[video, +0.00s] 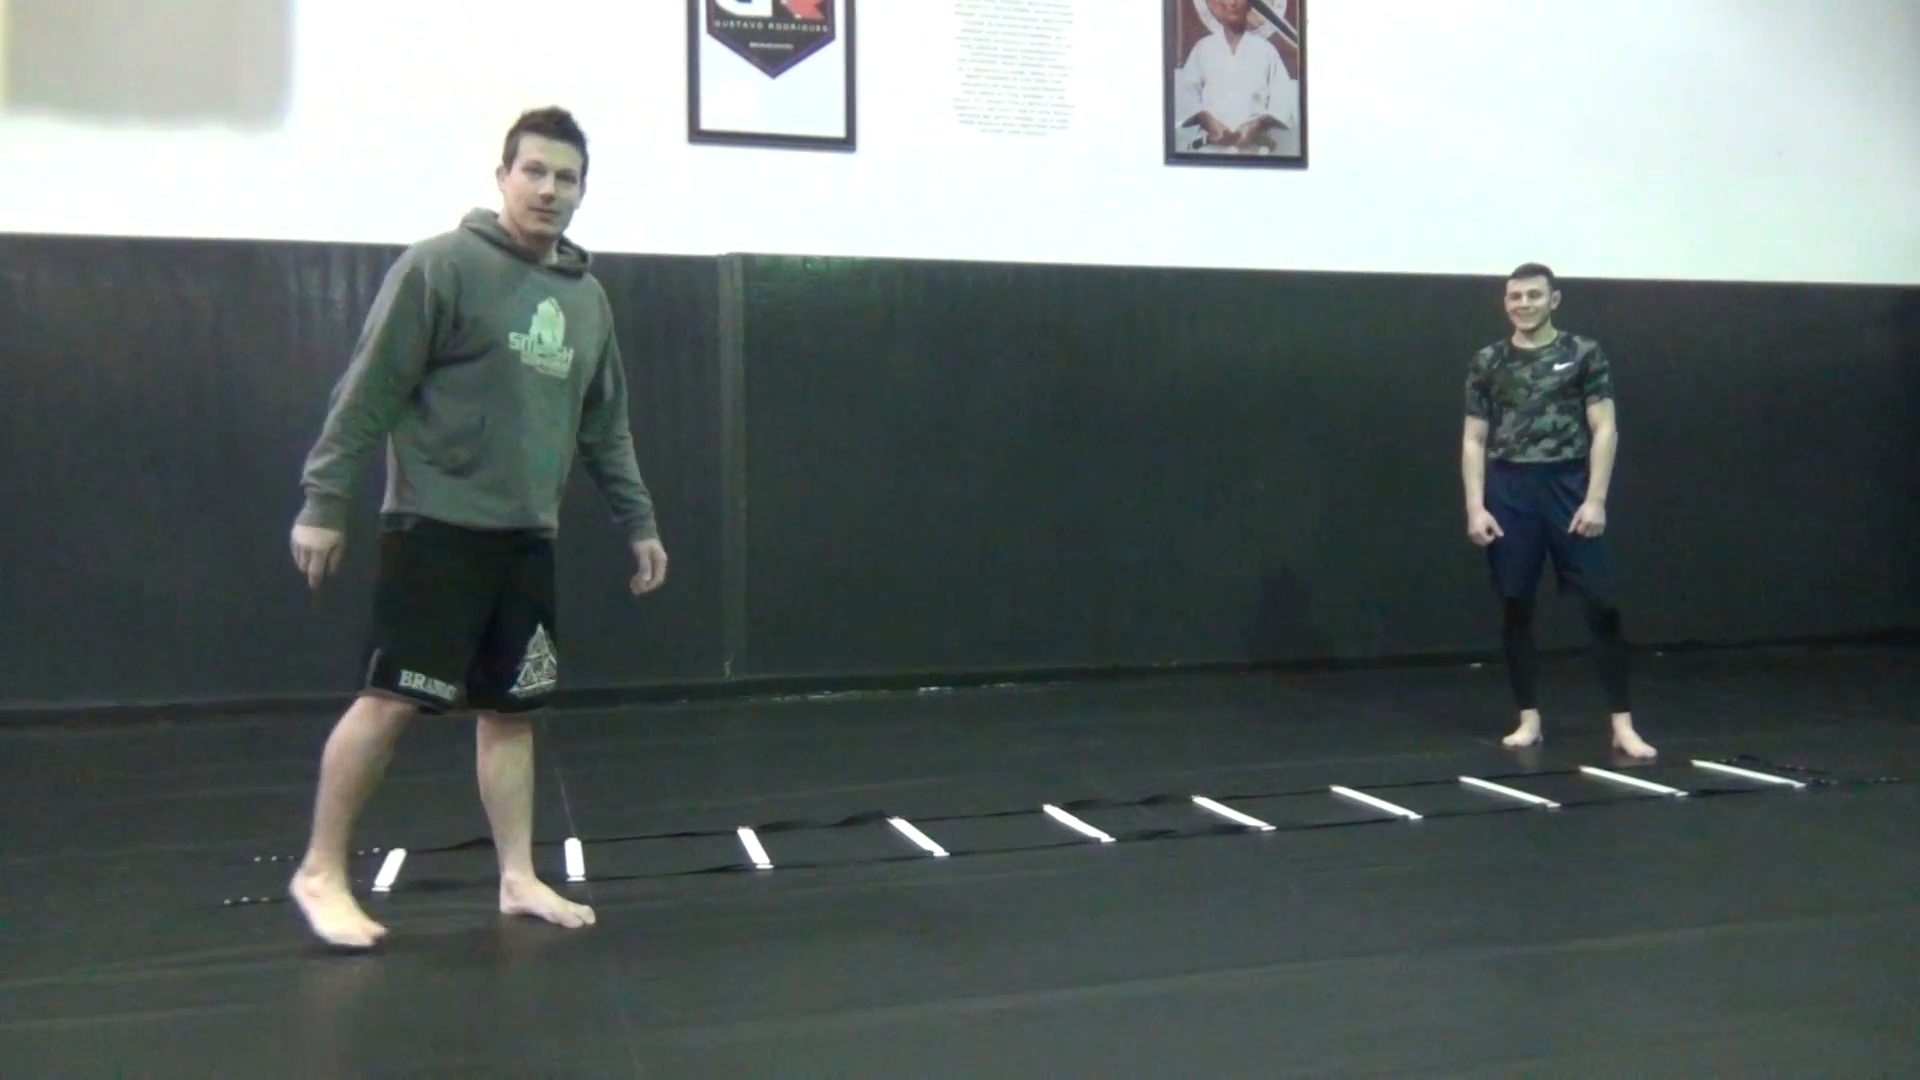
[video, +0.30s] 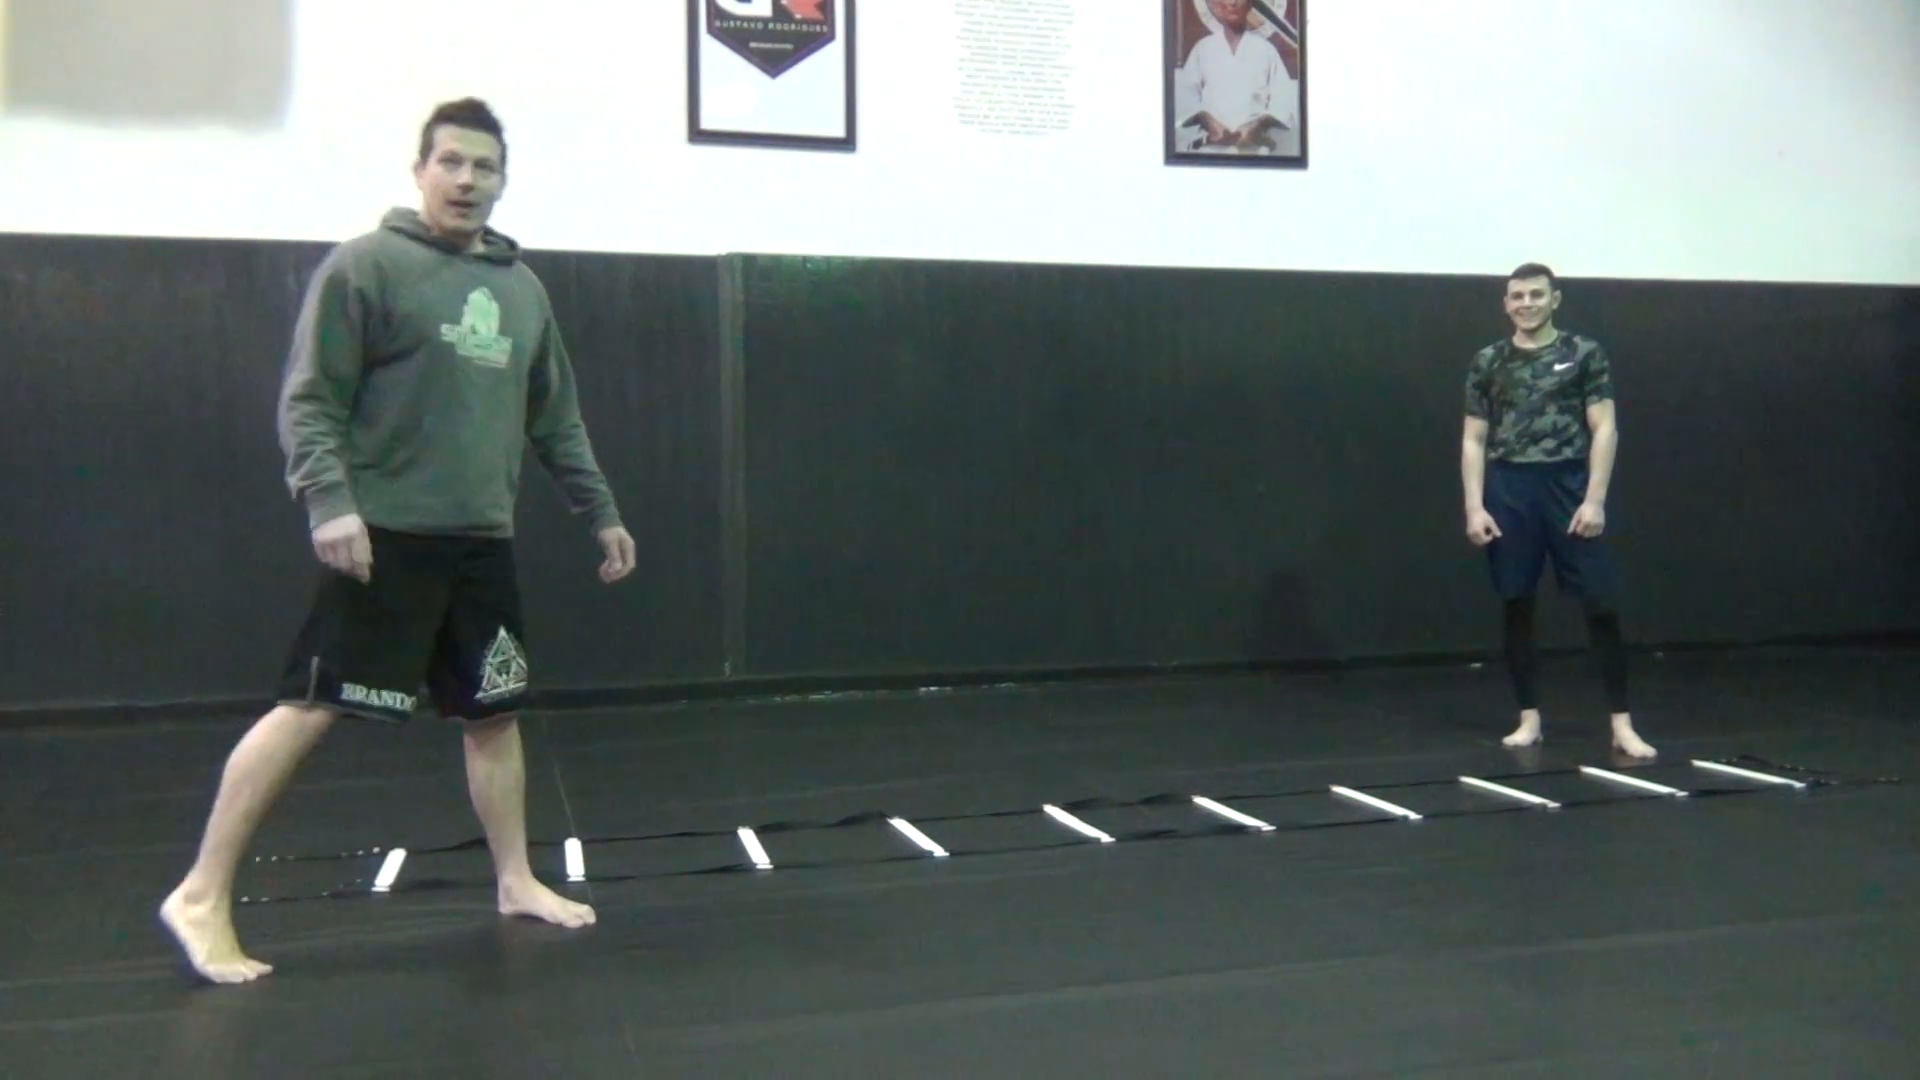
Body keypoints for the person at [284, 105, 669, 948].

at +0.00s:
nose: (550, 190)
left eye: (566, 178)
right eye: (535, 172)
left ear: (580, 191)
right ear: (502, 176)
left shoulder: (587, 299)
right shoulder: (438, 269)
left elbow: (606, 426)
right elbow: (367, 391)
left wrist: (641, 525)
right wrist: (324, 505)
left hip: (525, 536)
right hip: (434, 526)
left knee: (512, 709)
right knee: (392, 697)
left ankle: (520, 879)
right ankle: (320, 873)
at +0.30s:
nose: (467, 180)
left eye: (485, 167)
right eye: (451, 162)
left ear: (501, 180)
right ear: (418, 170)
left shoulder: (523, 290)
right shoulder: (362, 268)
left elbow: (558, 422)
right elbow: (310, 398)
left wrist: (602, 514)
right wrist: (330, 504)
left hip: (480, 542)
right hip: (380, 536)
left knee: (493, 715)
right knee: (308, 710)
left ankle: (518, 885)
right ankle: (201, 896)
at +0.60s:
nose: (320, 177)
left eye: (339, 162)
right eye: (302, 159)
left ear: (362, 178)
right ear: (272, 172)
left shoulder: (396, 287)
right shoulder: (222, 282)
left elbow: (420, 422)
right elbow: (185, 424)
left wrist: (441, 528)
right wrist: (274, 509)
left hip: (375, 554)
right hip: (261, 554)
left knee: (444, 704)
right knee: (218, 735)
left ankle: (511, 873)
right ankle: (171, 937)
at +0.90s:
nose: (277, 172)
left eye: (286, 156)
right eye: (257, 154)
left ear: (291, 161)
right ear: (200, 155)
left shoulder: (294, 261)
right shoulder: (136, 270)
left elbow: (316, 390)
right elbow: (115, 421)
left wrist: (345, 493)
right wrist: (237, 505)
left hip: (283, 539)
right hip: (180, 546)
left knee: (306, 704)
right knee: (172, 731)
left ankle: (307, 889)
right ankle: (168, 937)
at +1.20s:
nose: (291, 179)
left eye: (291, 161)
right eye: (278, 160)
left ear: (221, 162)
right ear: (217, 159)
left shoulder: (223, 257)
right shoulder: (136, 259)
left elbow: (227, 406)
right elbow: (122, 405)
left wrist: (284, 489)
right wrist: (275, 457)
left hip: (203, 529)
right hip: (151, 536)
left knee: (150, 712)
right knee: (175, 730)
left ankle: (62, 852)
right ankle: (170, 936)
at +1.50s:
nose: (251, 224)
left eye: (254, 206)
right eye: (241, 203)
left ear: (178, 196)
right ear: (182, 191)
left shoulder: (129, 269)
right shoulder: (132, 274)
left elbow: (148, 423)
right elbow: (161, 407)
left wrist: (181, 523)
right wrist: (302, 428)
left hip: (87, 533)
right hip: (118, 537)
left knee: (65, 717)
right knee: (172, 722)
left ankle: (19, 883)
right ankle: (172, 934)